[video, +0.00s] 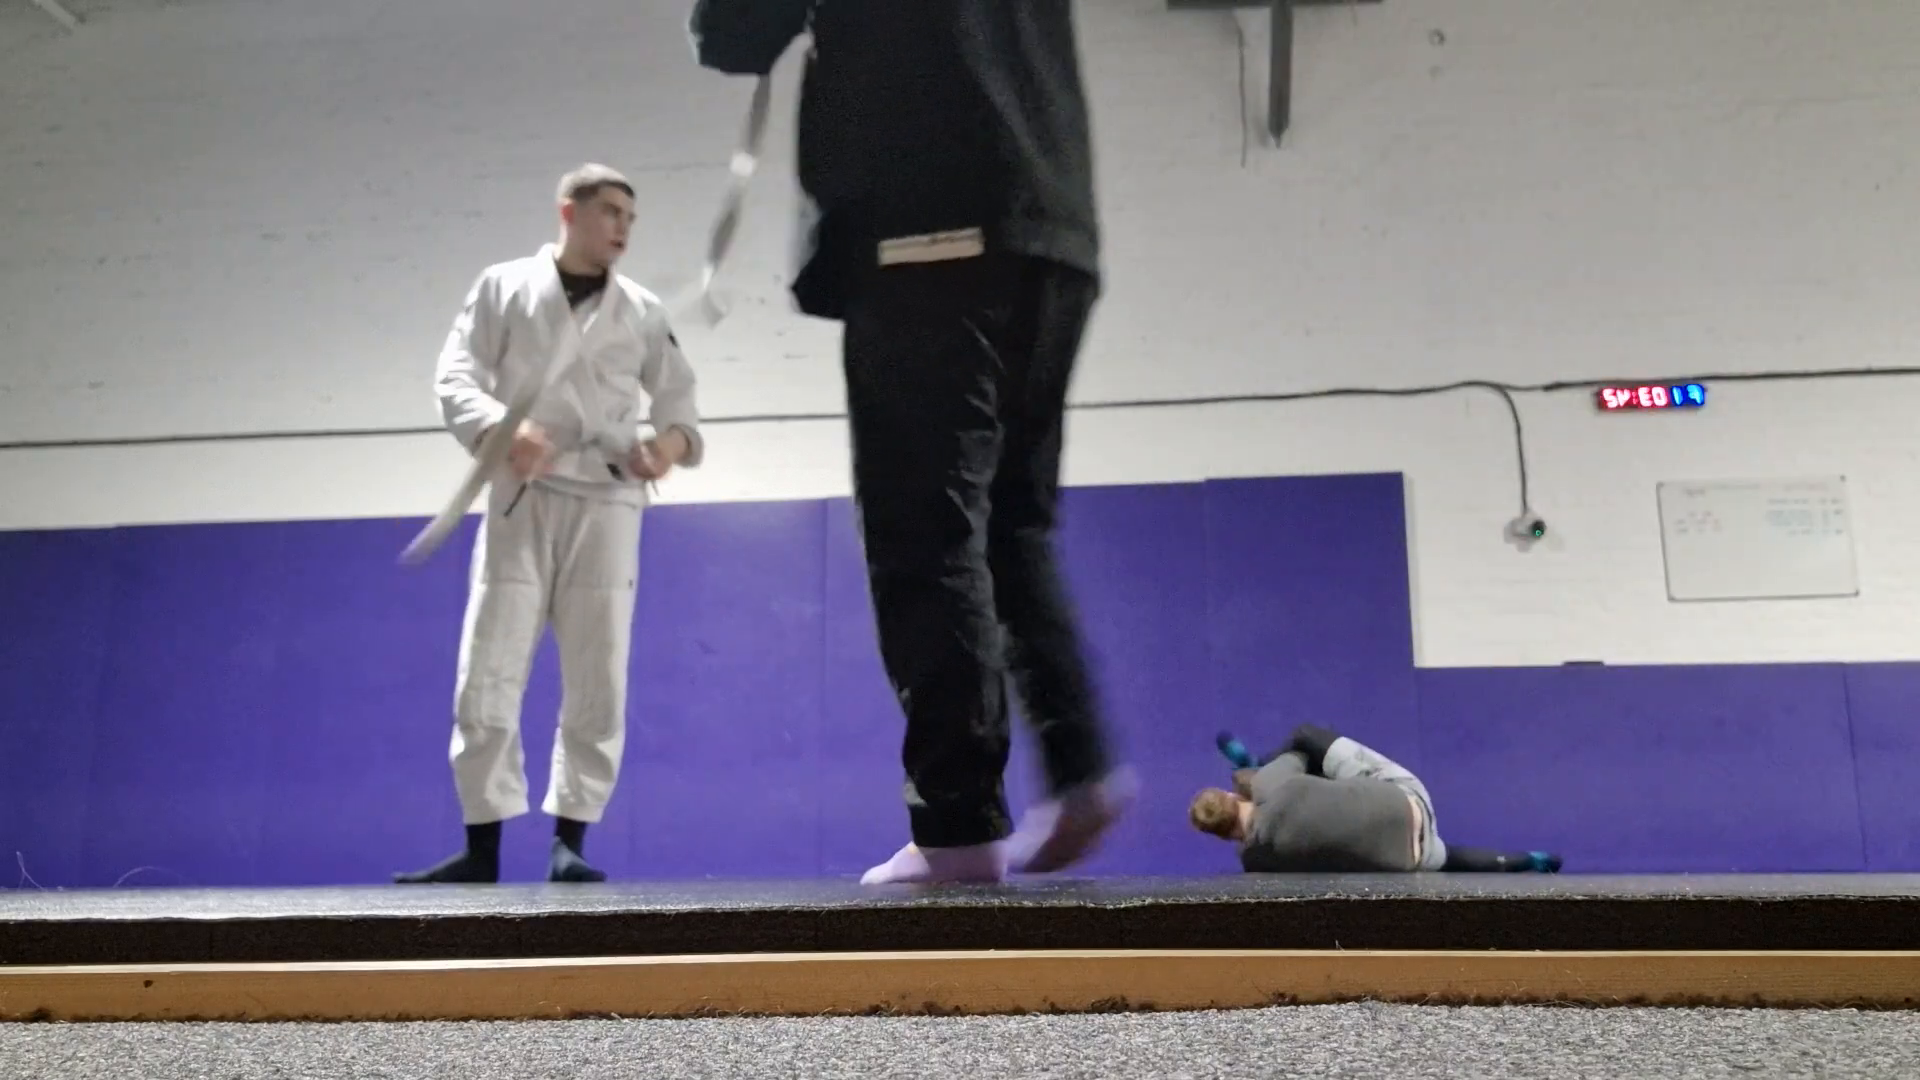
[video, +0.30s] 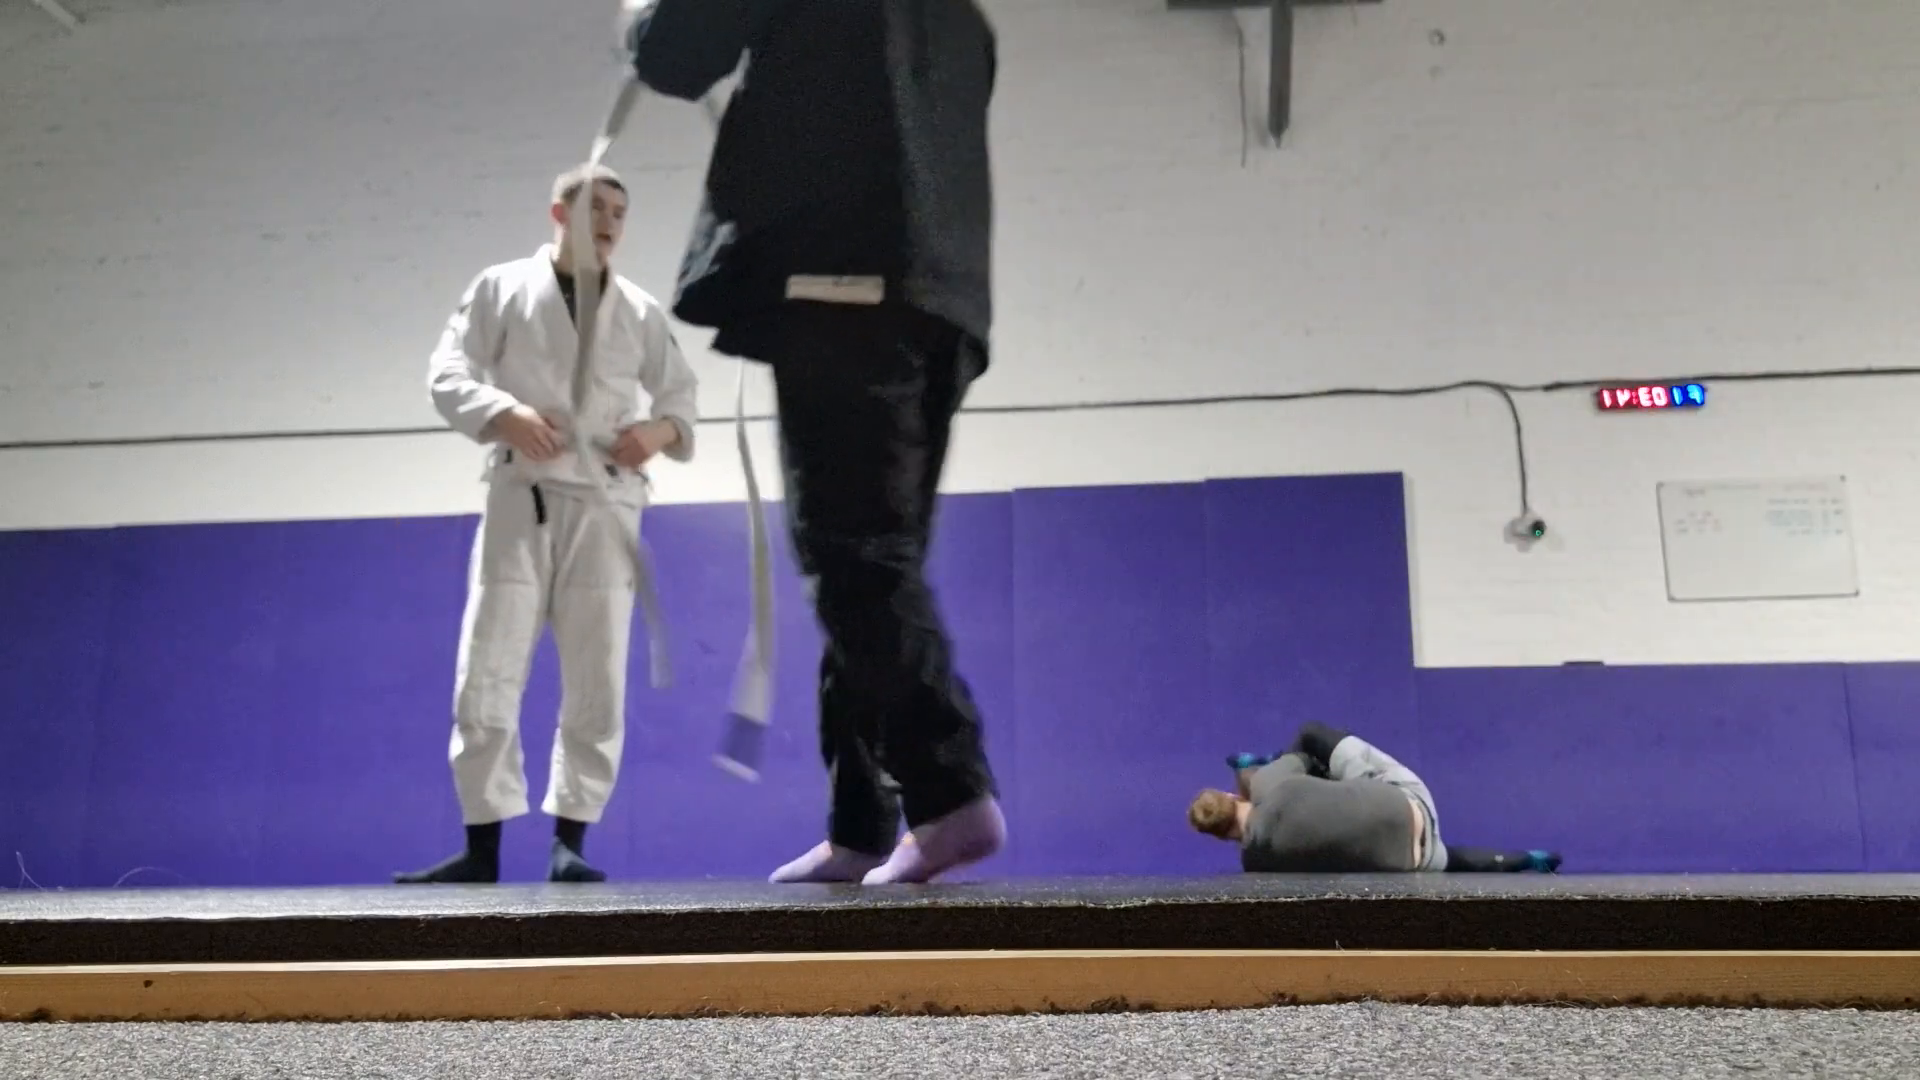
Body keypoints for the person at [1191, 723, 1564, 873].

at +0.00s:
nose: (1227, 795)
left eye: (1215, 817)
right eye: (1225, 793)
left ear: (1222, 836)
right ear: (1233, 791)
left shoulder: (1258, 859)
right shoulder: (1271, 782)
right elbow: (1300, 756)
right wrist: (1257, 775)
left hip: (1413, 856)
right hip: (1409, 802)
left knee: (1447, 855)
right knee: (1310, 738)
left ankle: (1523, 862)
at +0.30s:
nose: (1236, 786)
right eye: (1230, 788)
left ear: (1221, 837)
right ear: (1232, 792)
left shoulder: (1257, 862)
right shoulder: (1269, 782)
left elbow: (1314, 863)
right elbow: (1305, 753)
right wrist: (1272, 769)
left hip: (1415, 861)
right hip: (1409, 805)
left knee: (1445, 856)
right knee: (1313, 733)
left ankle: (1521, 861)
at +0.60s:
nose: (1229, 795)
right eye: (1227, 793)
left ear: (1222, 838)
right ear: (1233, 793)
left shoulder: (1258, 863)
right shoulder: (1268, 785)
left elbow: (1316, 865)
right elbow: (1294, 757)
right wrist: (1258, 768)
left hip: (1414, 859)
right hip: (1405, 801)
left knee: (1447, 857)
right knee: (1306, 738)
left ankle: (1519, 862)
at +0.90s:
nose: (1227, 797)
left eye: (1213, 817)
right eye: (1224, 793)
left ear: (1219, 836)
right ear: (1230, 790)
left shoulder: (1253, 857)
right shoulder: (1265, 777)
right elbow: (1301, 746)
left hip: (1414, 859)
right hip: (1408, 801)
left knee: (1445, 858)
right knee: (1310, 738)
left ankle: (1518, 861)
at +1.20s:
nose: (1224, 792)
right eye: (1221, 794)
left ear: (1218, 840)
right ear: (1228, 796)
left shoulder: (1255, 862)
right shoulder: (1265, 781)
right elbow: (1292, 759)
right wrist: (1249, 781)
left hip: (1418, 861)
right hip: (1413, 807)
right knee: (1309, 737)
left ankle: (1471, 860)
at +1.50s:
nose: (1235, 791)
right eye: (1232, 794)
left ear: (1219, 850)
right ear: (1234, 803)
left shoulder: (1257, 864)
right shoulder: (1273, 786)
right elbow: (1306, 744)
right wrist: (1265, 774)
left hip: (1418, 863)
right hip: (1414, 811)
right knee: (1329, 748)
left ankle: (1455, 864)